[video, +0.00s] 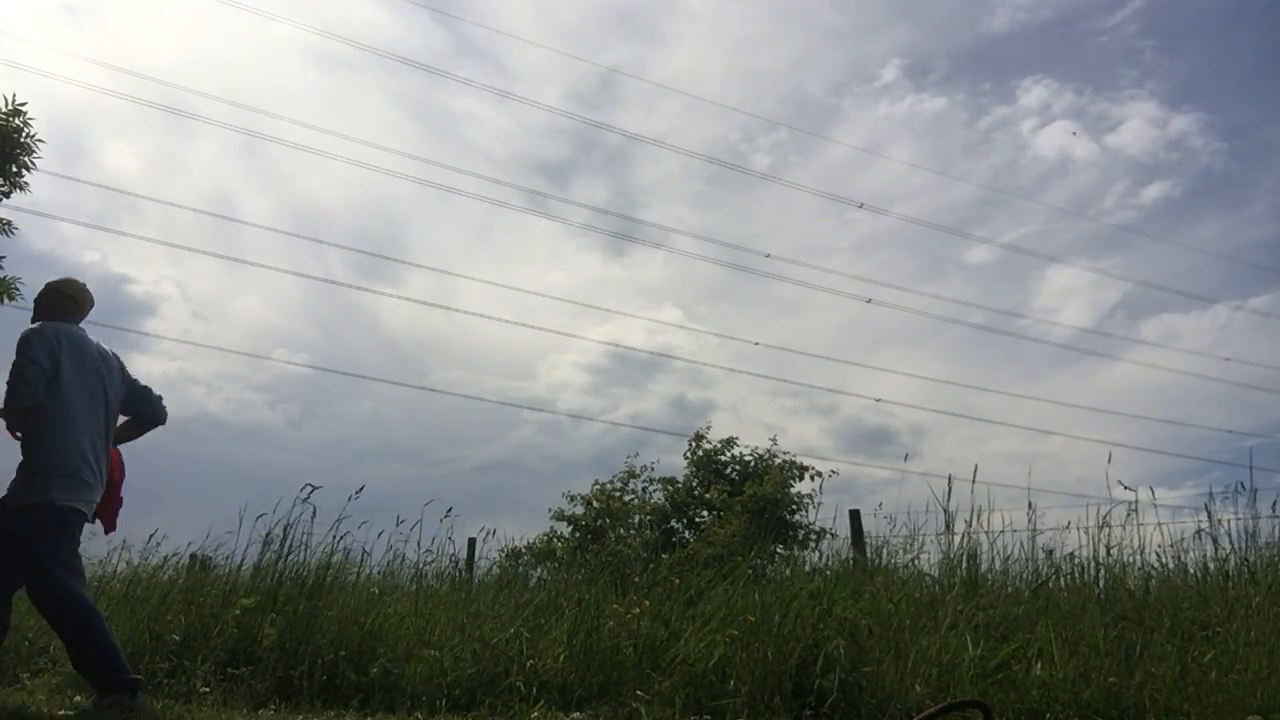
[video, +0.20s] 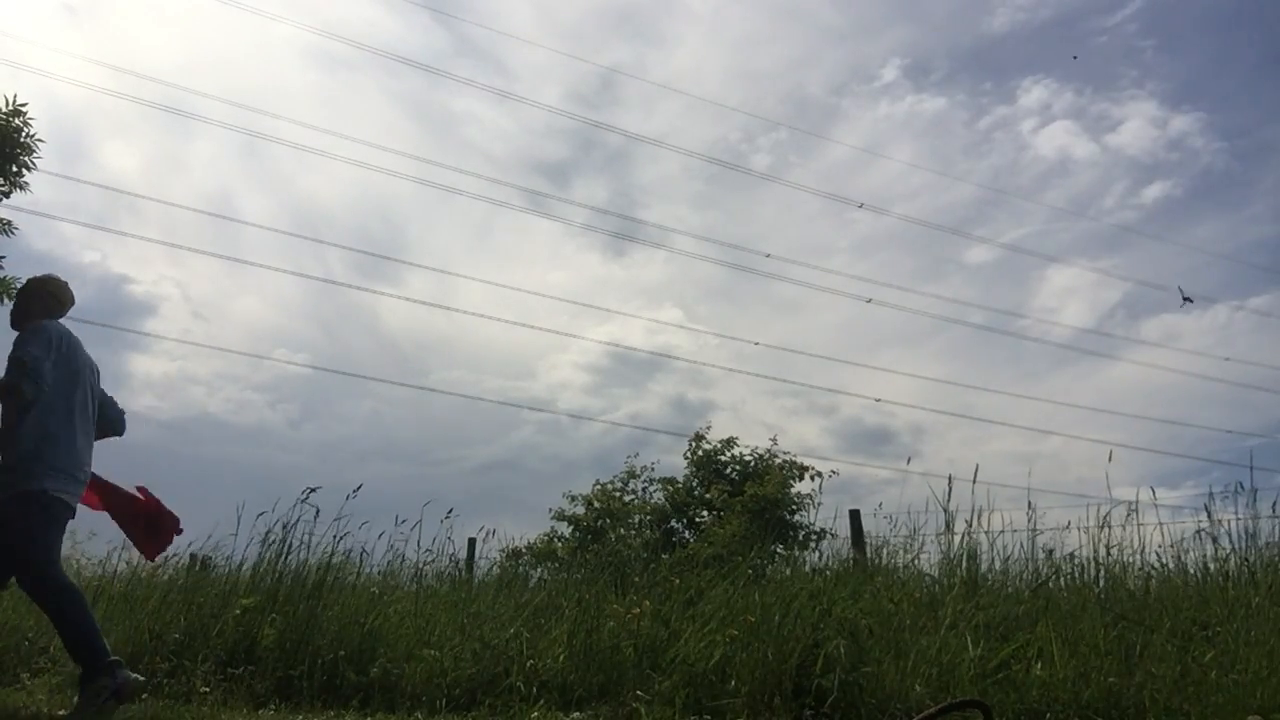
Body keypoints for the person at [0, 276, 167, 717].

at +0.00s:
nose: (33, 317)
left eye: (37, 309)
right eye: (35, 311)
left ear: (48, 307)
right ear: (79, 314)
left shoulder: (40, 336)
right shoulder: (107, 359)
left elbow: (21, 398)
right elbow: (154, 411)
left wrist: (14, 420)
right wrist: (107, 435)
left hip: (47, 482)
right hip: (85, 488)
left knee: (57, 588)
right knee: (2, 576)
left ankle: (120, 691)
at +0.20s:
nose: (12, 311)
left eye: (18, 303)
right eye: (15, 304)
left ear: (35, 302)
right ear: (57, 308)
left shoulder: (39, 331)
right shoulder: (84, 361)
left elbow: (19, 390)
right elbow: (114, 422)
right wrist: (59, 433)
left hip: (30, 475)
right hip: (64, 482)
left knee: (39, 574)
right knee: (35, 574)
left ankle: (101, 671)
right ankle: (99, 671)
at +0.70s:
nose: (39, 279)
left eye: (49, 270)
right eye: (42, 272)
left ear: (73, 277)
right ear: (40, 284)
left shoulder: (97, 311)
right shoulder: (28, 331)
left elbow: (98, 263)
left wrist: (57, 209)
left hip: (79, 433)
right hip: (23, 436)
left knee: (75, 388)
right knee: (6, 538)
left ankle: (70, 515)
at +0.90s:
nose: (35, 284)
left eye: (43, 276)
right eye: (37, 277)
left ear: (70, 281)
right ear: (53, 286)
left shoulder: (99, 318)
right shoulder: (43, 341)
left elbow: (150, 321)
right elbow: (28, 372)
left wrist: (199, 318)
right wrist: (0, 343)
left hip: (88, 453)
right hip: (39, 459)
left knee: (72, 504)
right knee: (4, 536)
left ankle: (133, 619)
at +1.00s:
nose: (50, 300)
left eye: (62, 292)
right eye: (49, 293)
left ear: (89, 300)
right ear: (52, 302)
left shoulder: (114, 340)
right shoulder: (55, 362)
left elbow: (173, 373)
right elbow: (37, 403)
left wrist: (232, 406)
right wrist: (7, 355)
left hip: (87, 489)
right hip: (40, 489)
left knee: (88, 574)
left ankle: (137, 681)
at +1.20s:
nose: (131, 294)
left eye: (144, 288)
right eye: (125, 286)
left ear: (162, 300)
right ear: (114, 298)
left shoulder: (189, 360)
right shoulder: (85, 358)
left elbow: (227, 416)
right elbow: (55, 408)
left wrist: (236, 424)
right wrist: (27, 364)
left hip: (132, 500)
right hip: (67, 495)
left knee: (121, 576)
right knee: (10, 569)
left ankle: (154, 696)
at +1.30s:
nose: (162, 285)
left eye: (173, 278)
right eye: (154, 276)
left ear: (186, 290)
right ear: (141, 284)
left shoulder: (203, 346)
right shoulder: (113, 334)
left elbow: (239, 402)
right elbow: (95, 388)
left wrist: (211, 361)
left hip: (156, 486)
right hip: (91, 476)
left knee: (150, 570)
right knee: (35, 574)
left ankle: (156, 693)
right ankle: (1, 676)